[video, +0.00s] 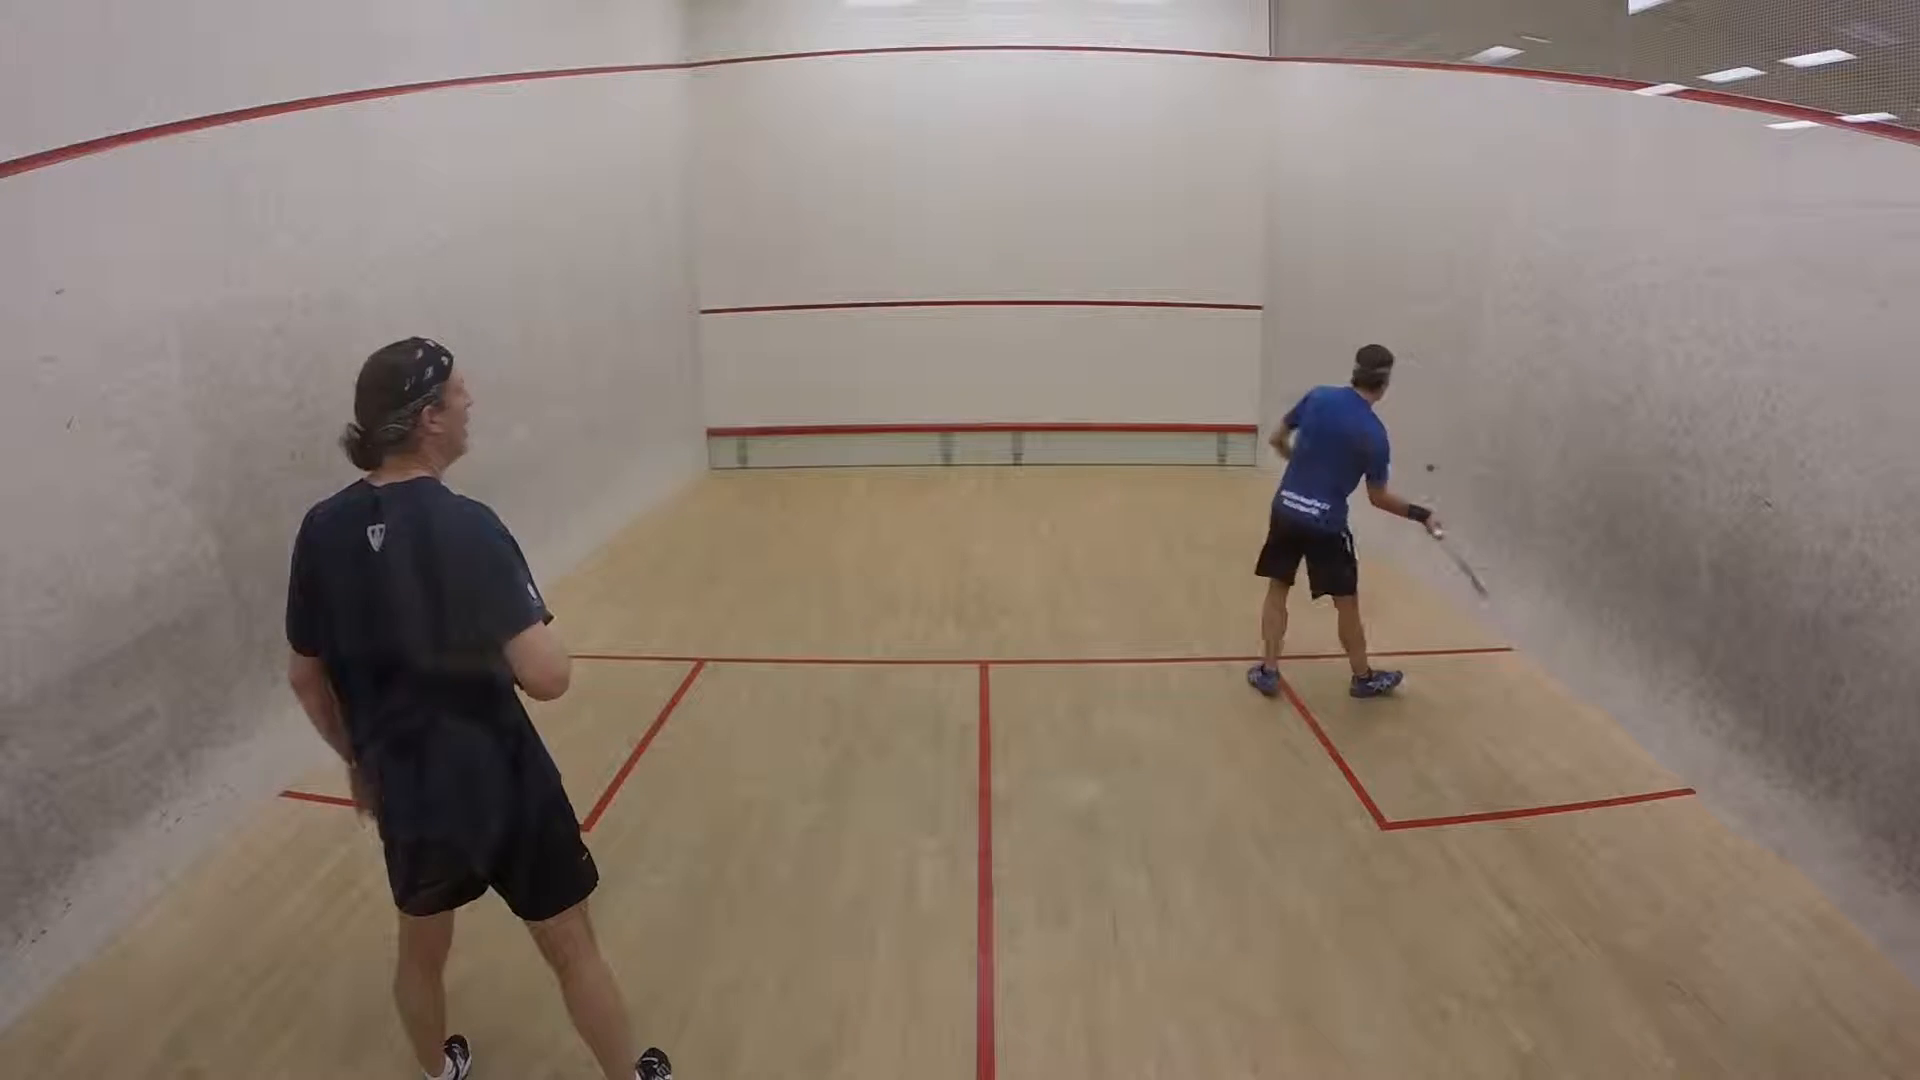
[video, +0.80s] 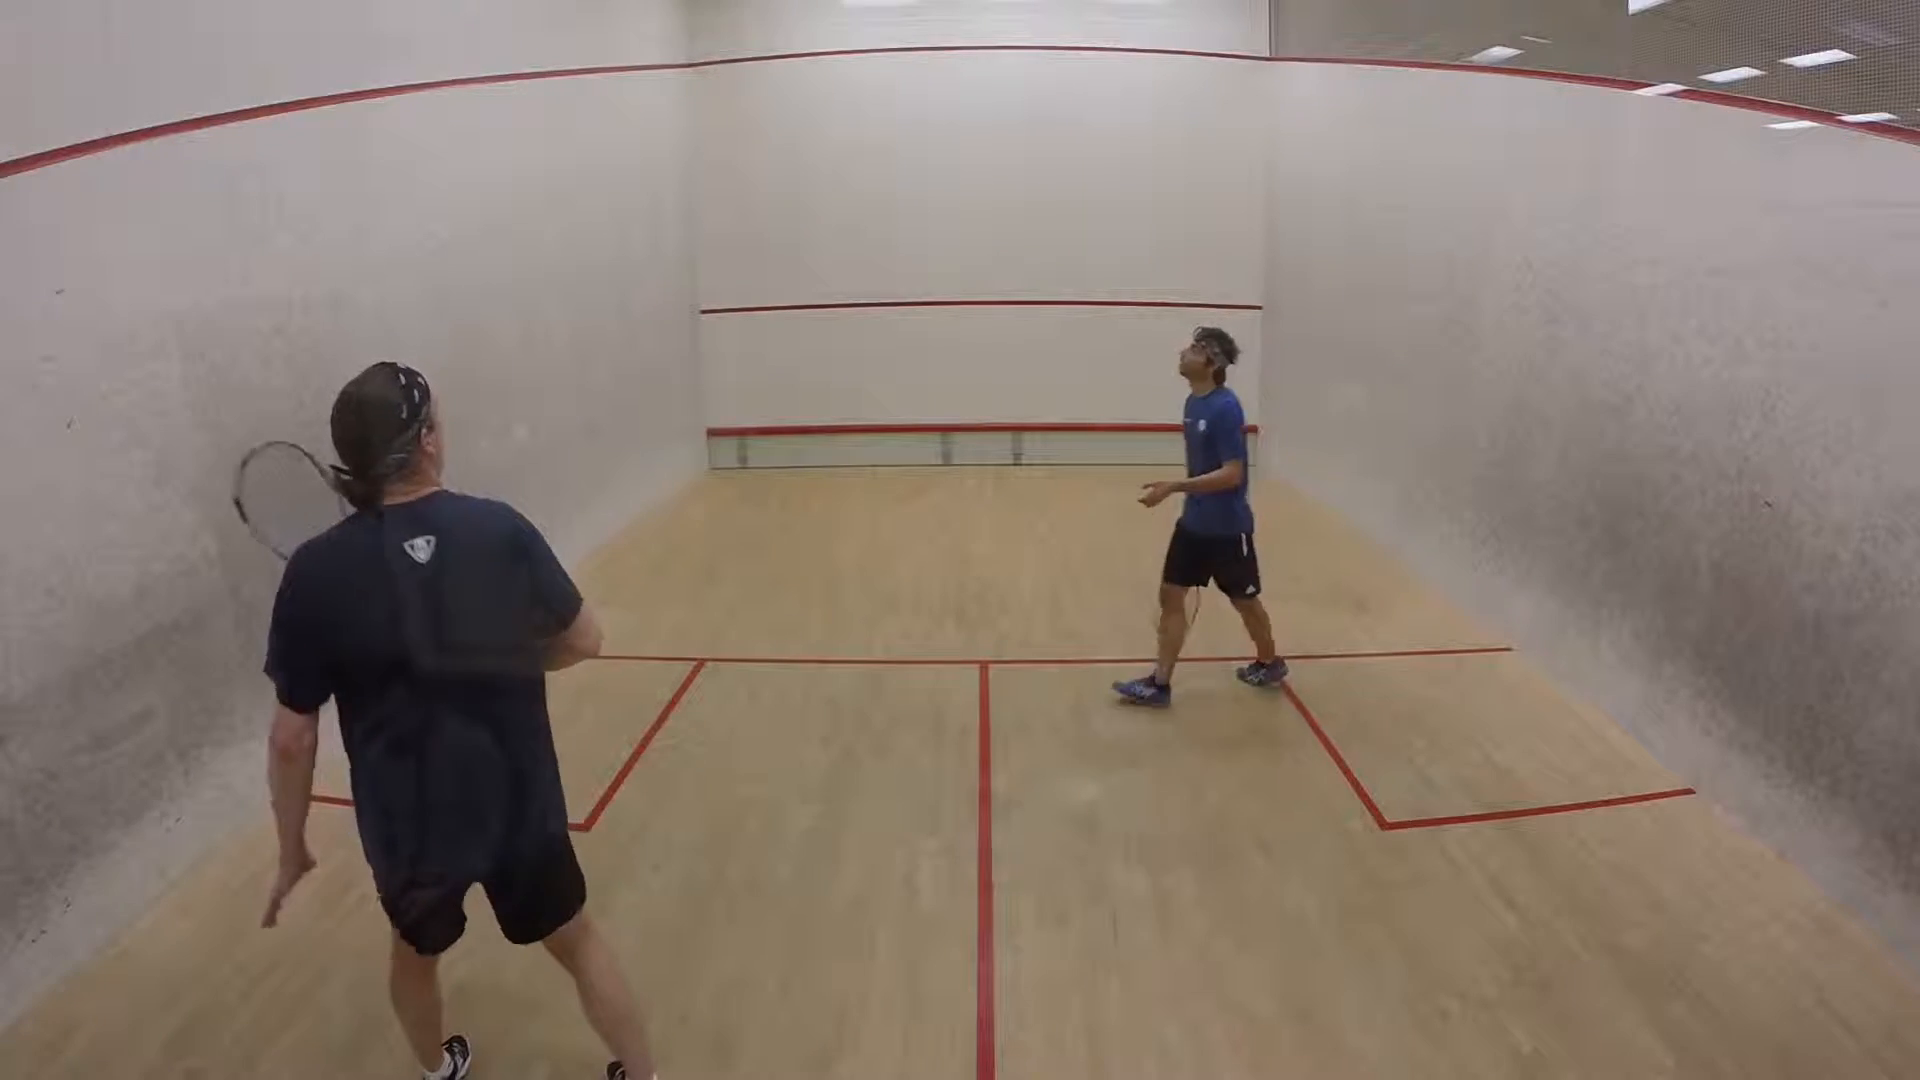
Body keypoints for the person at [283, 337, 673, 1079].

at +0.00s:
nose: (470, 411)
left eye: (465, 396)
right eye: (461, 399)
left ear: (382, 421)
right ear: (426, 420)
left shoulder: (324, 528)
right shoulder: (469, 525)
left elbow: (307, 675)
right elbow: (547, 676)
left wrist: (357, 756)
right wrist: (519, 627)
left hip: (402, 783)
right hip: (502, 775)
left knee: (420, 952)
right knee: (572, 949)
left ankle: (438, 1069)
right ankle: (631, 1071)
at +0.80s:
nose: (442, 431)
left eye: (435, 418)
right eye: (437, 422)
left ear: (349, 459)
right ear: (427, 444)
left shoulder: (317, 570)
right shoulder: (496, 530)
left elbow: (292, 736)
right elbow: (579, 638)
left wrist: (292, 845)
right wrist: (492, 652)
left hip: (408, 822)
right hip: (516, 801)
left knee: (415, 954)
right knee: (577, 940)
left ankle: (436, 1066)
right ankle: (640, 1069)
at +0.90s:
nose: (446, 429)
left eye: (438, 417)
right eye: (440, 421)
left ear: (356, 463)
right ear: (436, 444)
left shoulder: (333, 582)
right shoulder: (506, 529)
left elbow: (298, 748)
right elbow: (549, 639)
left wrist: (281, 863)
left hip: (417, 838)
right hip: (529, 807)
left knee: (410, 978)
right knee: (583, 945)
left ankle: (427, 1072)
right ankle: (641, 1069)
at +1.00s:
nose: (453, 440)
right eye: (448, 430)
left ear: (356, 477)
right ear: (444, 452)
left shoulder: (346, 602)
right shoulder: (505, 531)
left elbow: (280, 756)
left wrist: (238, 847)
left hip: (424, 858)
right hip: (531, 825)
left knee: (394, 1003)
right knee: (580, 953)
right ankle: (641, 1070)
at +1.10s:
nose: (445, 434)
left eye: (436, 421)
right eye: (439, 427)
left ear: (347, 487)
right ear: (437, 453)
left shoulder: (353, 621)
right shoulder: (487, 528)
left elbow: (260, 730)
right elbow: (411, 591)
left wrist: (199, 771)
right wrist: (315, 593)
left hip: (421, 863)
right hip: (520, 830)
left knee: (364, 1017)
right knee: (564, 953)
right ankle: (637, 1069)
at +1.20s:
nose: (427, 448)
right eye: (419, 439)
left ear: (325, 498)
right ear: (416, 465)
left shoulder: (355, 637)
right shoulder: (456, 530)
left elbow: (251, 707)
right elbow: (352, 578)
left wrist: (188, 699)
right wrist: (266, 583)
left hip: (405, 879)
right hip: (499, 836)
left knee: (343, 1057)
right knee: (553, 966)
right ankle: (634, 1069)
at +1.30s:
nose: (386, 463)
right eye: (382, 458)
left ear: (280, 518)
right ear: (380, 483)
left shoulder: (333, 660)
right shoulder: (422, 557)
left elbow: (213, 717)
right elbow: (301, 595)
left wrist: (185, 648)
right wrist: (229, 611)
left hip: (377, 903)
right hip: (466, 856)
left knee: (339, 1061)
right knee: (533, 983)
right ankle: (634, 1072)